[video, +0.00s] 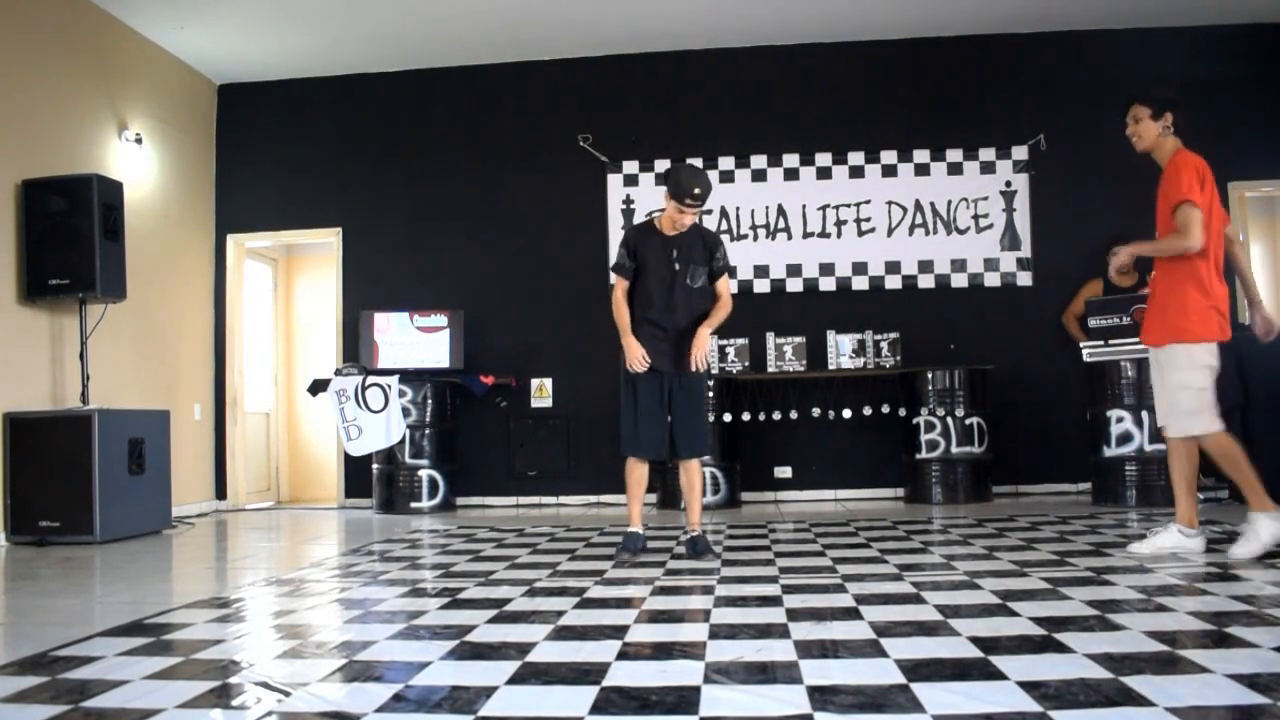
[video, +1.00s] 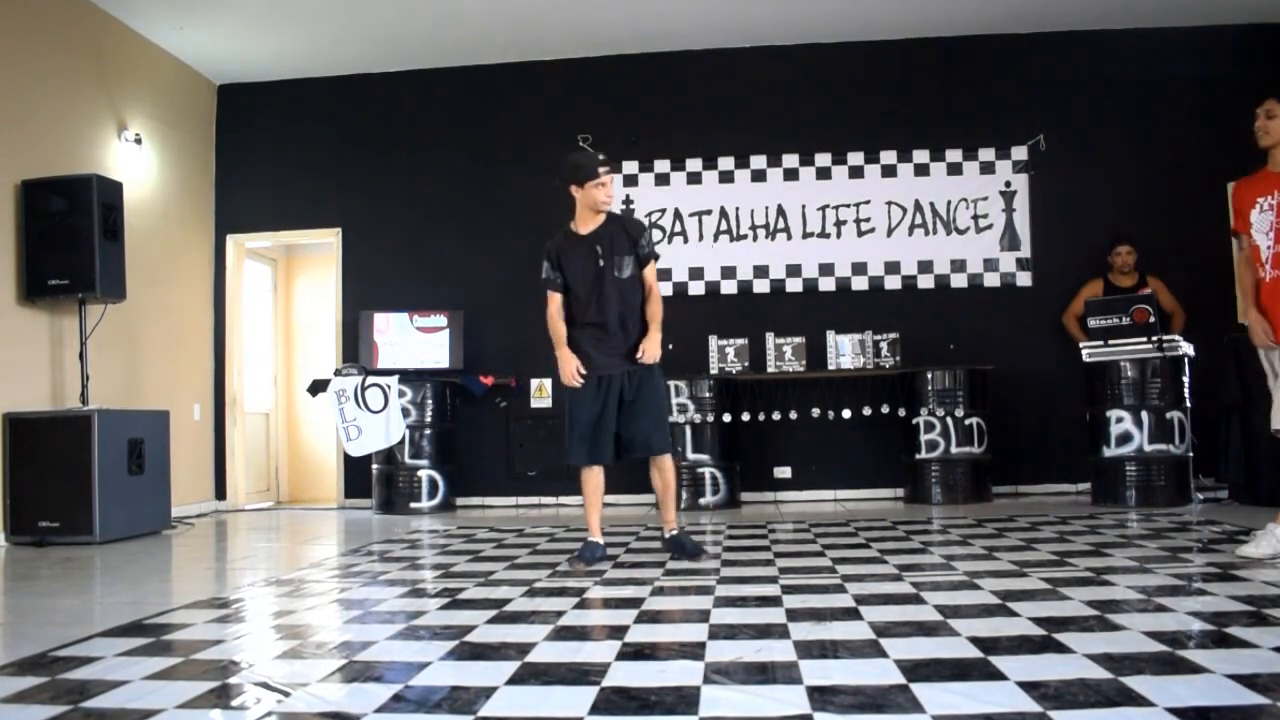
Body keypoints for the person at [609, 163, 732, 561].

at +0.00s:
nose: (688, 219)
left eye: (696, 212)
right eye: (682, 211)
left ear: (703, 207)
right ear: (666, 198)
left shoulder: (708, 241)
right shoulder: (637, 237)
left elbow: (725, 299)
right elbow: (619, 294)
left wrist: (705, 330)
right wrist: (628, 340)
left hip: (689, 358)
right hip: (644, 357)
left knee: (690, 447)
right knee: (639, 446)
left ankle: (695, 532)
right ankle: (634, 530)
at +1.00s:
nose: (609, 191)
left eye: (610, 184)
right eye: (600, 185)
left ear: (613, 187)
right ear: (576, 190)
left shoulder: (633, 231)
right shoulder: (559, 248)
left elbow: (653, 290)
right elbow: (555, 309)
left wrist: (654, 334)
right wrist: (562, 352)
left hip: (638, 362)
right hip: (588, 368)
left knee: (659, 447)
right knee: (590, 455)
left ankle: (672, 531)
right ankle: (594, 540)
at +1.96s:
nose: (601, 201)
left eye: (606, 192)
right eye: (592, 193)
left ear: (614, 189)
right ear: (573, 191)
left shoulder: (635, 232)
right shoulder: (560, 243)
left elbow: (654, 286)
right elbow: (551, 305)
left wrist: (654, 319)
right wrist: (579, 341)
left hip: (641, 353)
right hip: (594, 357)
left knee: (657, 445)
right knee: (594, 450)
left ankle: (664, 535)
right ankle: (596, 538)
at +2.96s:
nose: (643, 210)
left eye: (650, 201)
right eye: (635, 202)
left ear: (663, 193)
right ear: (625, 199)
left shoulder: (693, 230)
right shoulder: (620, 243)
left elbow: (718, 284)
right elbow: (615, 292)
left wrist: (705, 325)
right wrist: (615, 326)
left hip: (691, 350)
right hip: (642, 352)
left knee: (691, 440)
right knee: (621, 420)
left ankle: (686, 530)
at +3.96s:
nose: (820, 222)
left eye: (824, 214)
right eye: (810, 216)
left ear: (829, 220)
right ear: (790, 224)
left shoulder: (835, 271)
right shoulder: (783, 277)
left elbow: (847, 329)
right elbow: (787, 347)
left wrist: (864, 367)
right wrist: (808, 403)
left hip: (823, 378)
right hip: (779, 383)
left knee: (870, 436)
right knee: (752, 461)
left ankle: (870, 524)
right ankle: (685, 515)